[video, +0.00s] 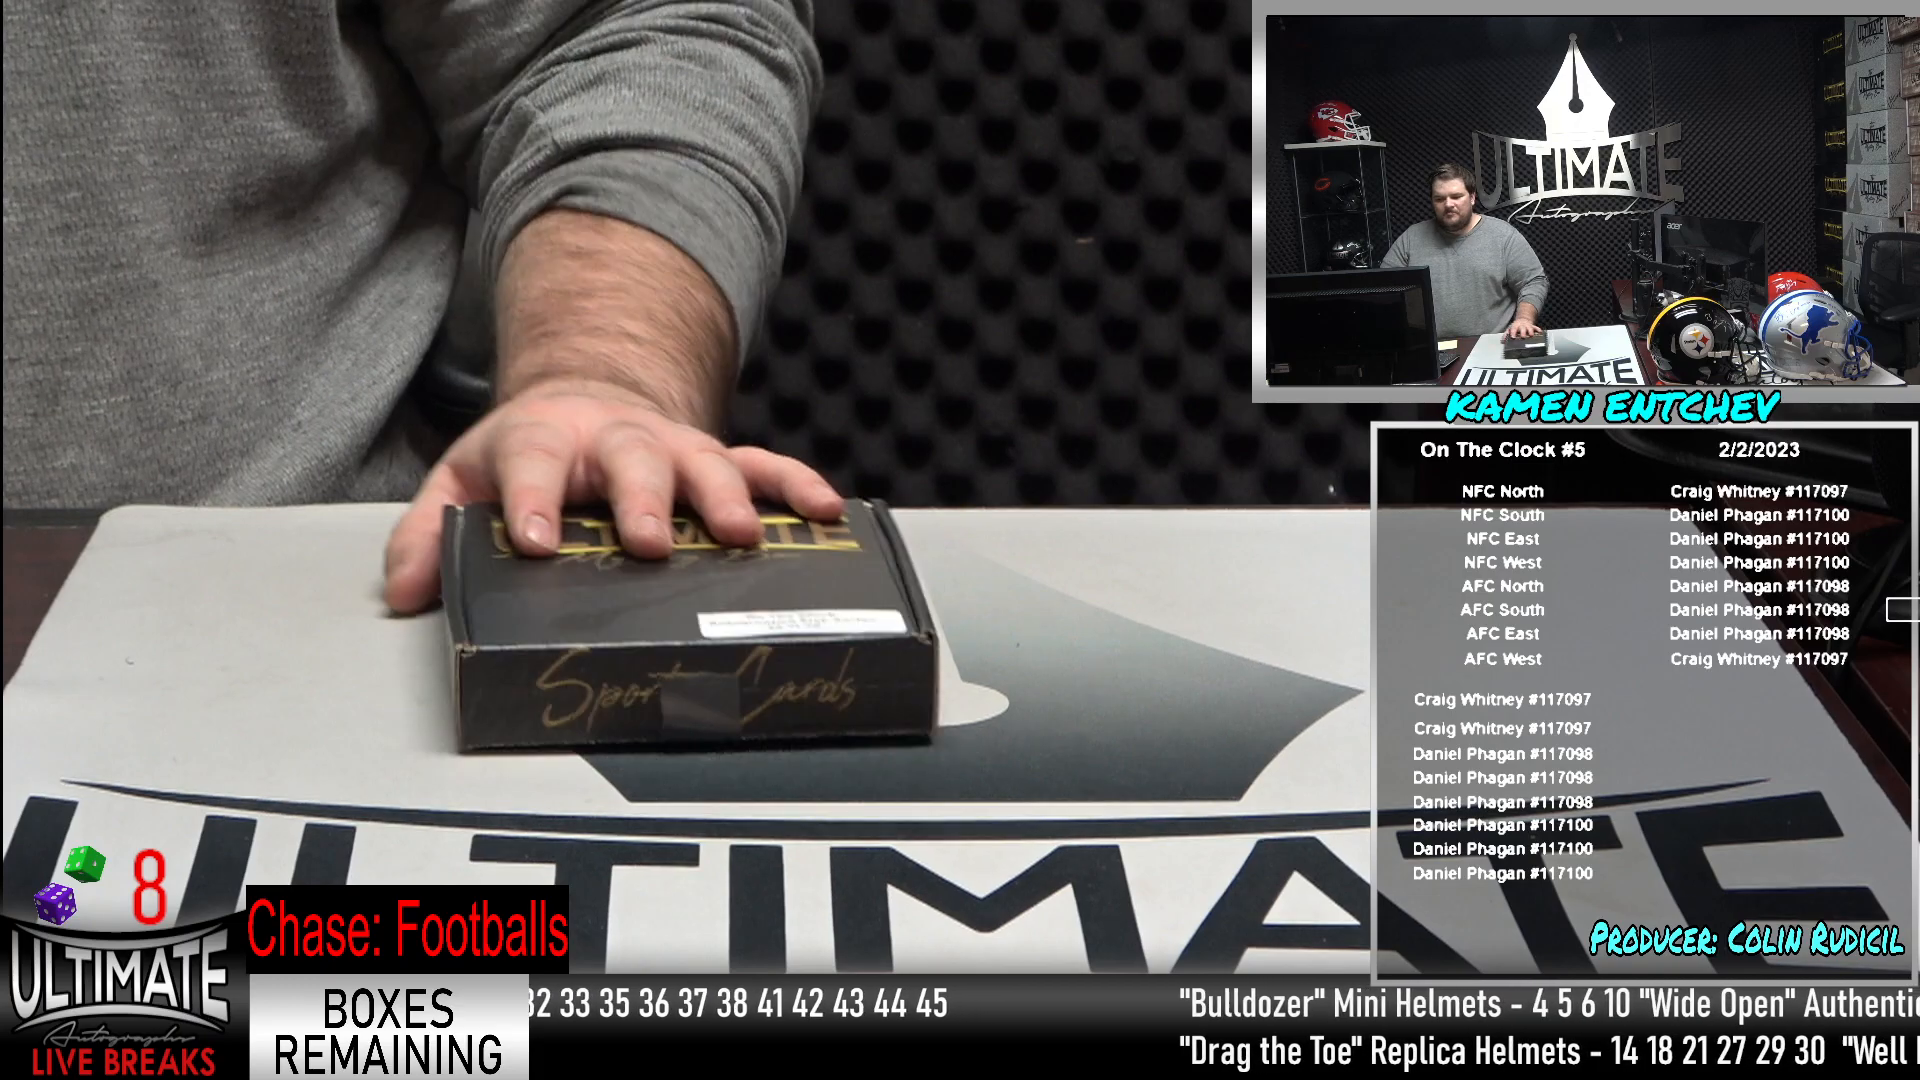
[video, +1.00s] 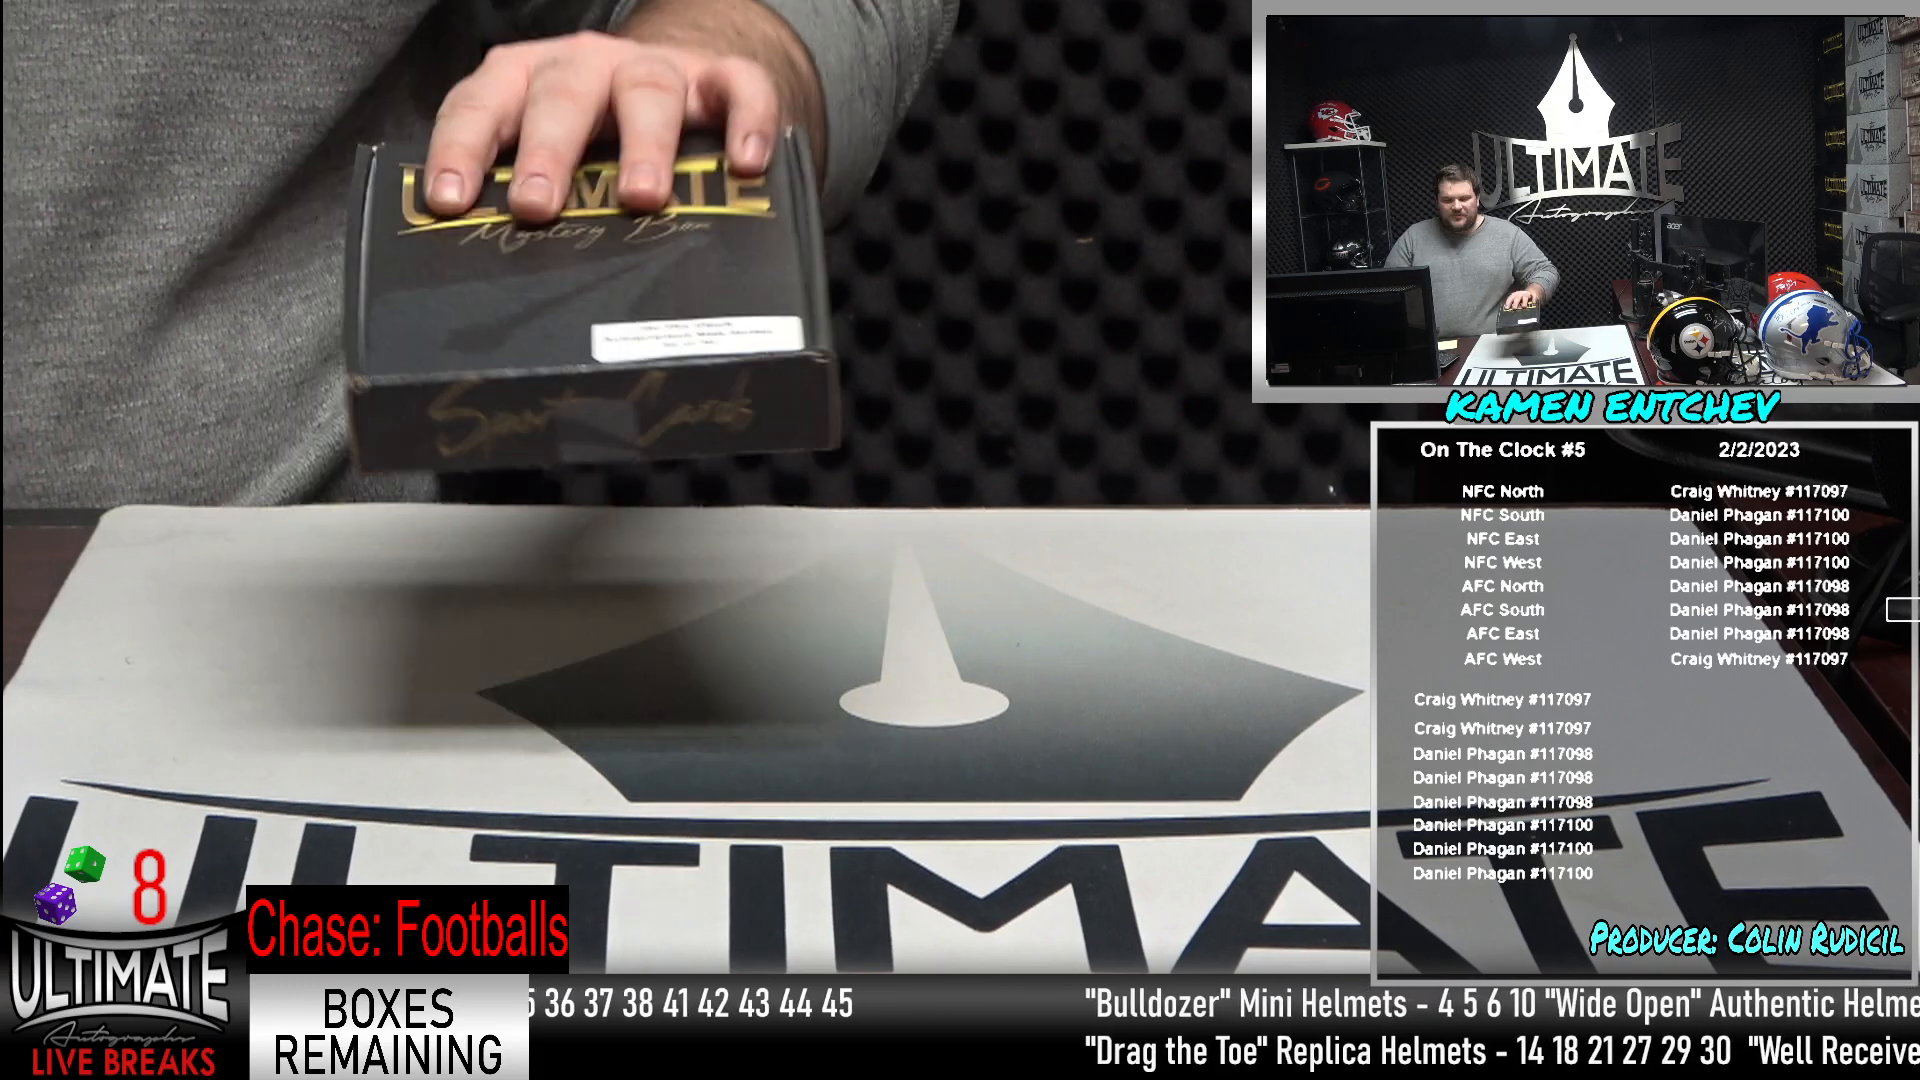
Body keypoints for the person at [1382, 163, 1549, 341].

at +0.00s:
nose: (1449, 204)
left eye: (1456, 196)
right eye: (1440, 198)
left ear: (1472, 197)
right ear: (1432, 202)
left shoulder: (1503, 236)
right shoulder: (1412, 239)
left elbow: (1534, 280)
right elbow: (1383, 285)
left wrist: (1524, 318)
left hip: (1494, 353)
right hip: (1430, 357)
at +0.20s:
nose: (1459, 208)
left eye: (1465, 199)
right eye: (1449, 201)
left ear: (1475, 198)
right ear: (1435, 203)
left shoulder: (1506, 236)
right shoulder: (1412, 239)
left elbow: (1541, 273)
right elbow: (1383, 285)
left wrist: (1525, 310)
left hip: (1496, 352)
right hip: (1431, 355)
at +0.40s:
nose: (1466, 212)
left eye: (1470, 203)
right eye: (1456, 206)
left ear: (1477, 198)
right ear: (1437, 206)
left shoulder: (1508, 235)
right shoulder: (1412, 240)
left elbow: (1542, 269)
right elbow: (1383, 287)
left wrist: (1531, 307)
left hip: (1498, 353)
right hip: (1432, 356)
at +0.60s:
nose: (1467, 212)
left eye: (1471, 203)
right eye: (1457, 207)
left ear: (1478, 198)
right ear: (1437, 206)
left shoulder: (1507, 235)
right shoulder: (1413, 239)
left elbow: (1542, 269)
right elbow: (1384, 289)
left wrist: (1533, 306)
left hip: (1498, 352)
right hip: (1432, 356)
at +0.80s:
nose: (1467, 212)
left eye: (1472, 203)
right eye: (1457, 206)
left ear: (1478, 199)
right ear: (1437, 206)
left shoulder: (1508, 235)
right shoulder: (1413, 238)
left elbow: (1543, 269)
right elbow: (1386, 289)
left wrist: (1534, 304)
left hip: (1498, 352)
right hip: (1433, 356)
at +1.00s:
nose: (1457, 207)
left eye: (1464, 198)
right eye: (1448, 200)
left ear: (1477, 199)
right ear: (1437, 201)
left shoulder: (1508, 235)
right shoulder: (1415, 237)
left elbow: (1544, 270)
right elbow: (1388, 287)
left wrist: (1533, 291)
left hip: (1496, 352)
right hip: (1432, 355)